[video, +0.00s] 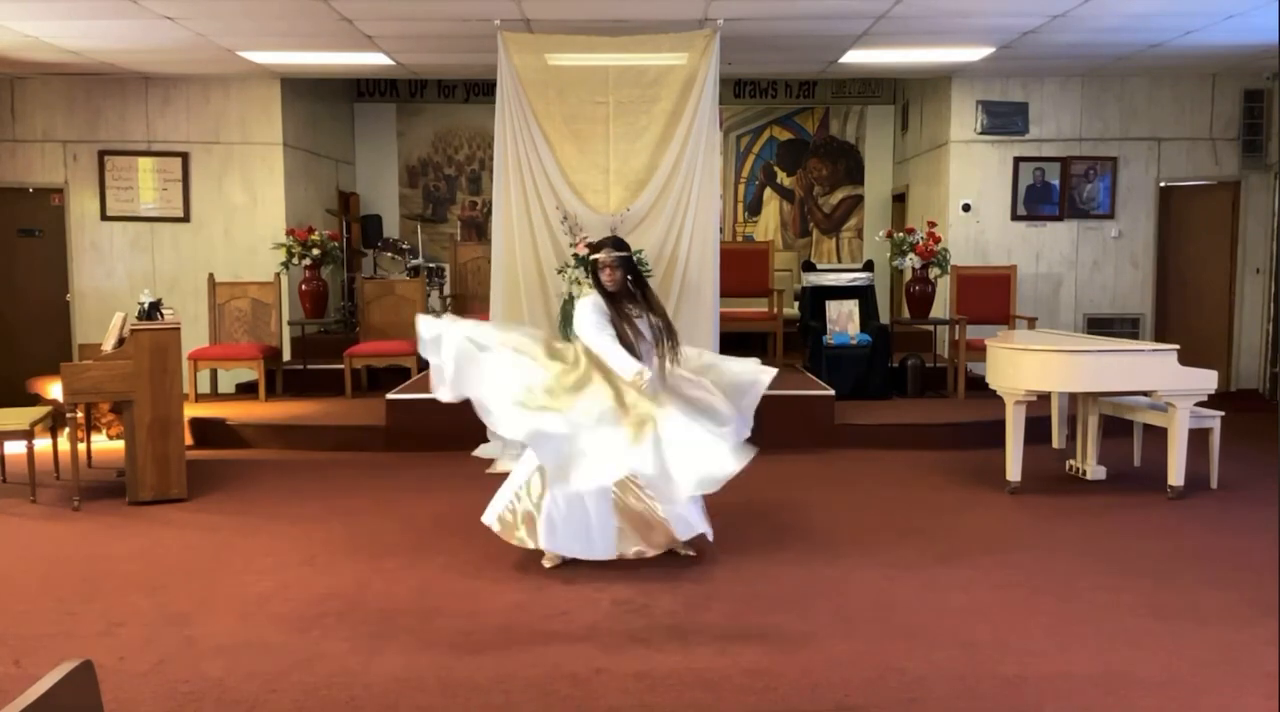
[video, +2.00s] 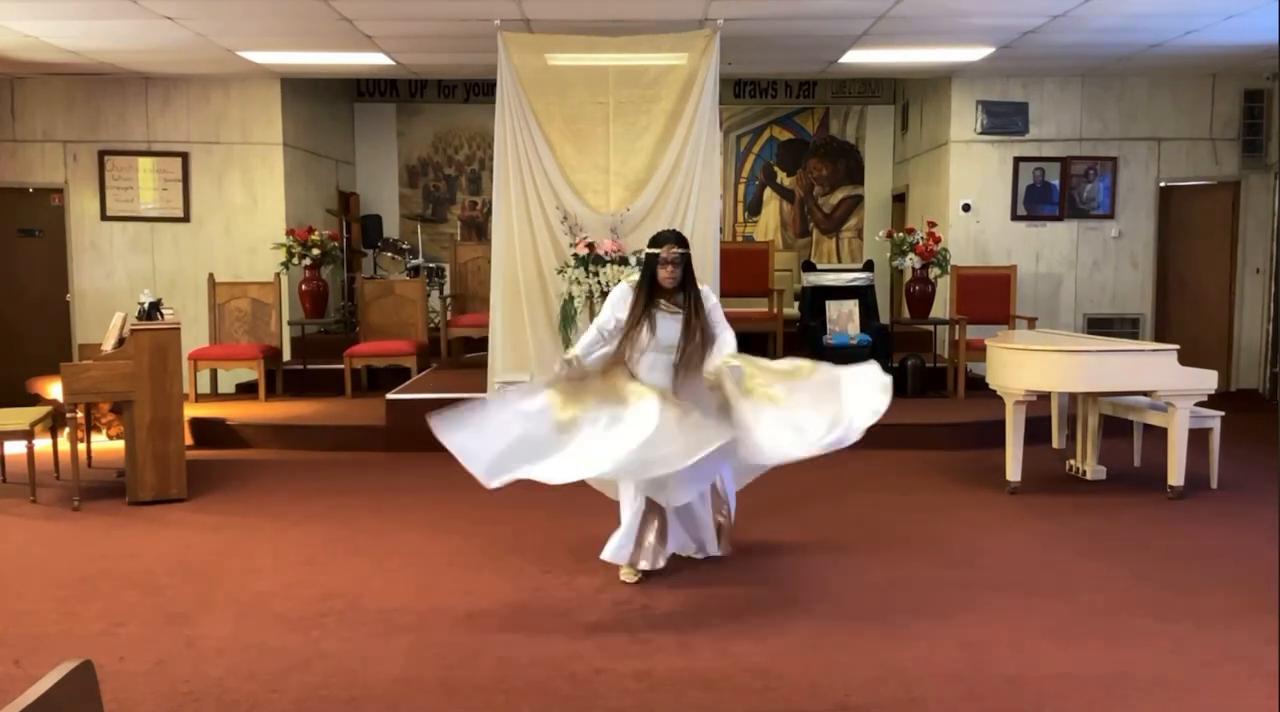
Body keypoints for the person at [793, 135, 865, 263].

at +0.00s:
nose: (815, 176)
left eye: (820, 170)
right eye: (812, 171)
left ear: (840, 166)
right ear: (808, 173)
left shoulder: (854, 193)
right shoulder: (820, 195)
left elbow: (828, 227)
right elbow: (799, 233)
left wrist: (808, 196)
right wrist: (798, 197)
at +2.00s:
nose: (815, 176)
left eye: (821, 170)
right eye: (812, 171)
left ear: (840, 166)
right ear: (808, 173)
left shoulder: (854, 193)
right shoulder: (819, 195)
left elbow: (828, 227)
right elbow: (799, 232)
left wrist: (808, 197)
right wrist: (799, 197)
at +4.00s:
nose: (815, 176)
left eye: (821, 170)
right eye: (812, 171)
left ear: (839, 167)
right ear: (808, 172)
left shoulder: (854, 193)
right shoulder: (819, 194)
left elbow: (828, 227)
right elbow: (799, 233)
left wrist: (808, 196)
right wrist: (799, 197)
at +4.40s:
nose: (815, 176)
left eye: (820, 170)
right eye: (812, 171)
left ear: (839, 166)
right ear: (808, 172)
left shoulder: (854, 193)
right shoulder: (820, 195)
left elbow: (827, 227)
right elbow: (800, 232)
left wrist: (808, 196)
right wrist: (799, 197)